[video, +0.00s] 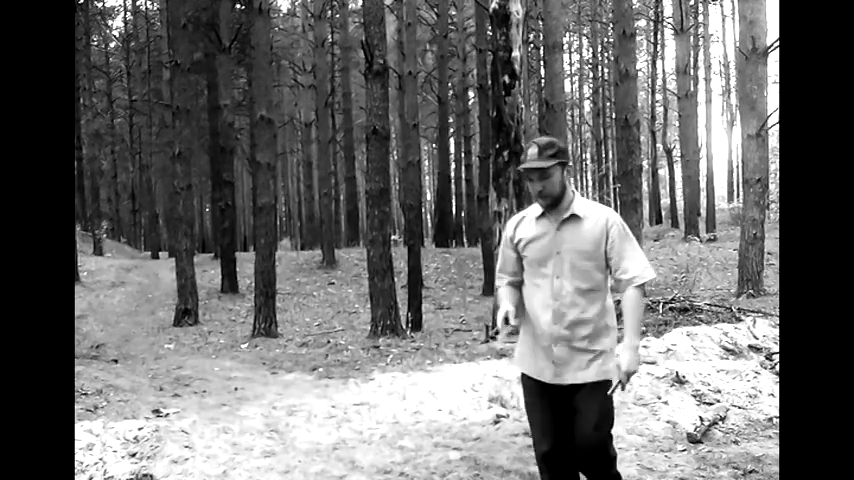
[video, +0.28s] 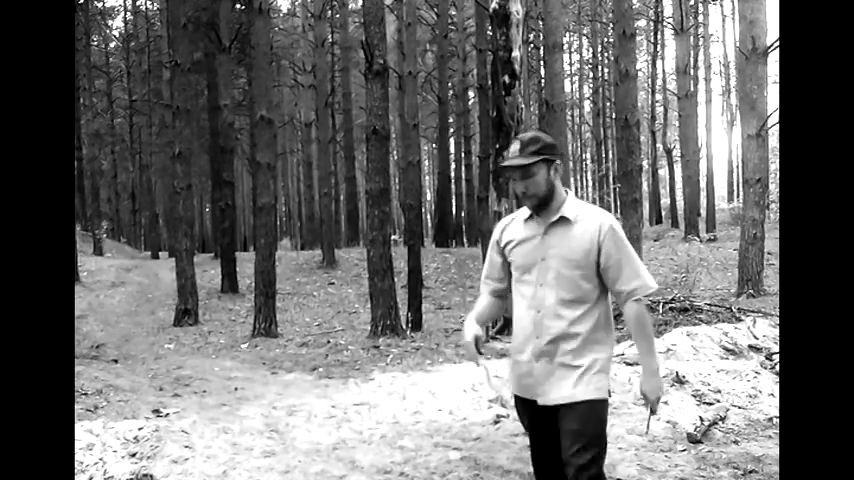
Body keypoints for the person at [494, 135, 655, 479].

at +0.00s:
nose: (537, 187)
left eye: (544, 177)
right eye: (530, 179)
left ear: (565, 171)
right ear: (523, 180)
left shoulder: (604, 222)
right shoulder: (518, 228)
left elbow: (632, 284)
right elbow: (507, 279)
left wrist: (630, 346)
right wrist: (507, 303)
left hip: (591, 365)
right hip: (537, 366)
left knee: (592, 454)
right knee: (550, 460)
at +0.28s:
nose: (519, 188)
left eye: (527, 177)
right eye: (513, 180)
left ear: (553, 169)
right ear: (508, 181)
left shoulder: (598, 227)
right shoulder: (507, 231)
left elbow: (633, 299)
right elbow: (494, 294)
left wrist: (650, 373)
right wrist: (474, 320)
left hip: (581, 382)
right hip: (528, 383)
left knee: (582, 472)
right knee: (547, 472)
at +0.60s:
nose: (484, 167)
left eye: (491, 154)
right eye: (482, 157)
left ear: (524, 151)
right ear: (520, 153)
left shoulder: (570, 211)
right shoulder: (496, 220)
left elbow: (598, 292)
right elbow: (492, 287)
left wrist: (588, 376)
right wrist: (444, 301)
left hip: (568, 392)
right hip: (508, 386)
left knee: (576, 475)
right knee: (485, 470)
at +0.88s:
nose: (436, 172)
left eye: (440, 159)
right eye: (436, 160)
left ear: (467, 161)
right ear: (466, 162)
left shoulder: (521, 217)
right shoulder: (481, 220)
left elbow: (528, 306)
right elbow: (481, 308)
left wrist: (475, 376)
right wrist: (429, 321)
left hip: (521, 413)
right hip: (475, 407)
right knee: (462, 472)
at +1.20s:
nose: (424, 156)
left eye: (424, 148)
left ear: (427, 153)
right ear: (483, 153)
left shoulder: (441, 217)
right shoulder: (516, 213)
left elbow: (441, 323)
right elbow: (531, 309)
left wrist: (423, 411)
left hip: (470, 425)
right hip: (524, 418)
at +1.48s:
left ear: (422, 153)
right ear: (479, 150)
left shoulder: (405, 224)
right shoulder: (527, 214)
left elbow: (376, 330)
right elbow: (545, 303)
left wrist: (365, 409)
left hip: (458, 430)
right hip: (535, 421)